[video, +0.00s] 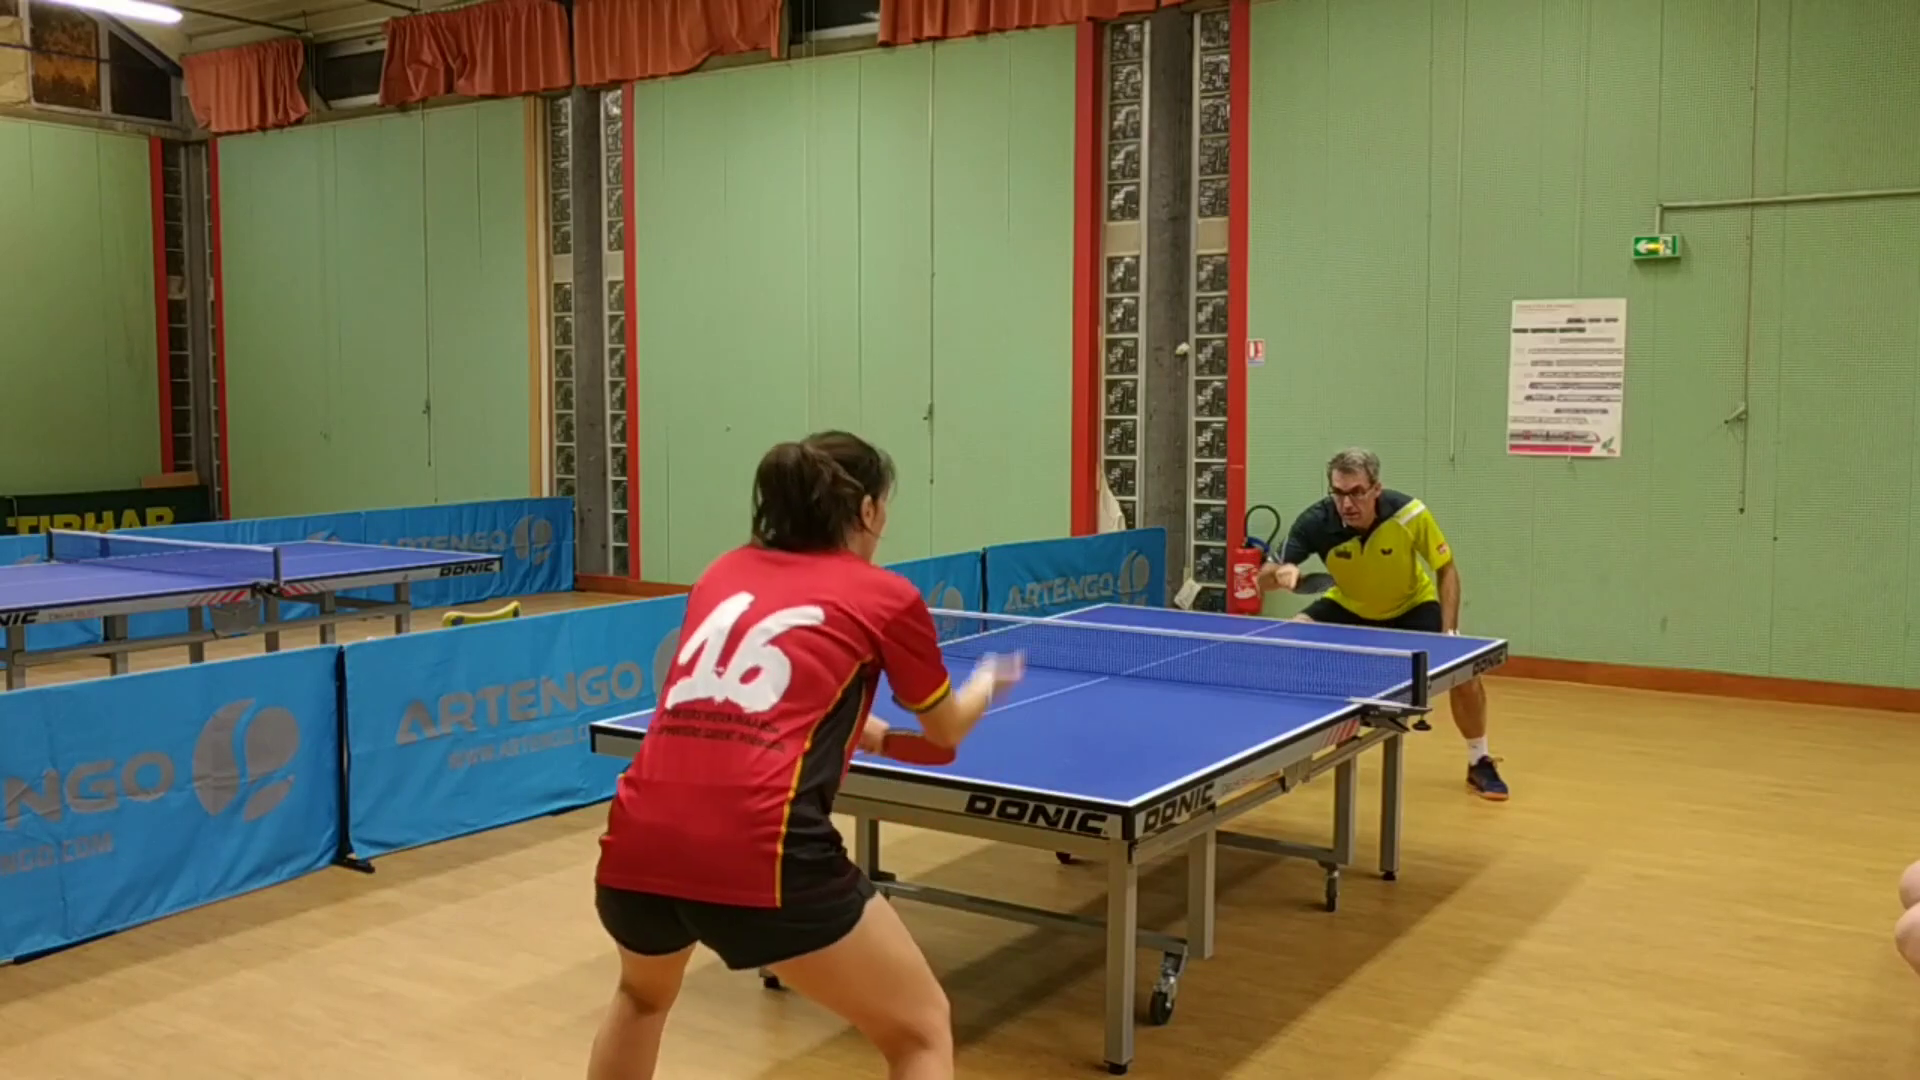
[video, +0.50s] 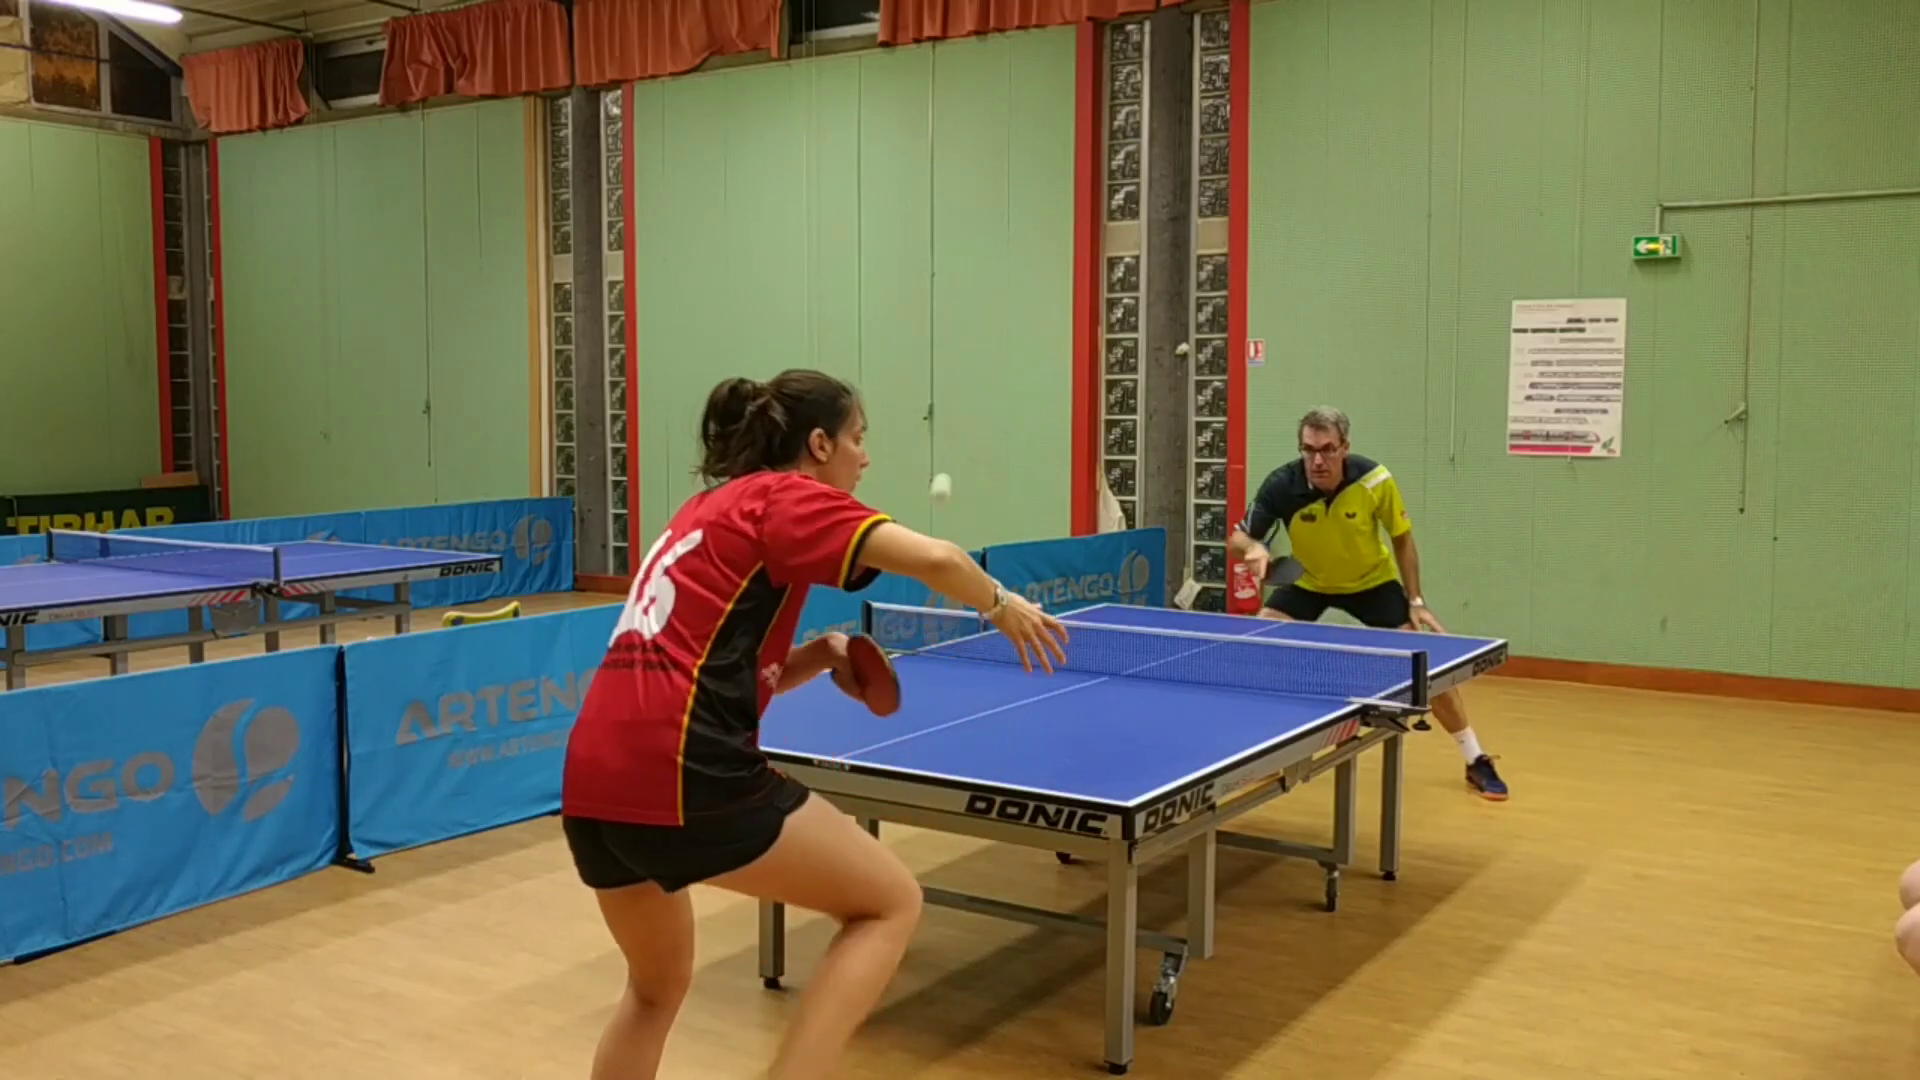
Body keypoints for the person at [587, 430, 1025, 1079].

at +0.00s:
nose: (886, 516)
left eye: (886, 500)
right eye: (885, 501)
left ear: (787, 502)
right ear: (866, 510)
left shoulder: (725, 569)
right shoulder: (886, 595)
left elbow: (742, 700)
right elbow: (947, 728)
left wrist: (869, 732)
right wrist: (986, 682)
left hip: (637, 854)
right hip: (763, 865)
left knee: (638, 999)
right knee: (920, 1035)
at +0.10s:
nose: (877, 491)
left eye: (876, 477)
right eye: (874, 477)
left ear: (778, 482)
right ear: (850, 485)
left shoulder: (720, 551)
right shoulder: (859, 561)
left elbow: (750, 673)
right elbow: (962, 671)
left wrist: (869, 708)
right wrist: (994, 597)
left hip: (630, 838)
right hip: (746, 847)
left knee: (651, 996)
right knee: (902, 1032)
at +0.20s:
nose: (863, 467)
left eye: (861, 452)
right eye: (859, 451)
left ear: (772, 456)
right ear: (829, 457)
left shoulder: (710, 533)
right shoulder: (824, 525)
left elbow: (763, 686)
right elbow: (963, 620)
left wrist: (891, 700)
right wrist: (1008, 586)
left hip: (620, 811)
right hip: (726, 815)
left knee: (661, 990)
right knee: (874, 1027)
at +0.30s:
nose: (853, 445)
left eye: (850, 429)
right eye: (844, 429)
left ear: (775, 441)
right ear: (809, 438)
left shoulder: (700, 513)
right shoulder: (791, 501)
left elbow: (757, 668)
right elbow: (945, 579)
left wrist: (887, 684)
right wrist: (1008, 596)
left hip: (604, 782)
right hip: (703, 782)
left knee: (656, 989)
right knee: (857, 1001)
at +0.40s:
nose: (854, 443)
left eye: (851, 426)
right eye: (845, 426)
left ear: (786, 434)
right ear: (806, 434)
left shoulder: (698, 505)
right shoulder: (777, 493)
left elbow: (730, 673)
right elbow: (937, 556)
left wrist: (853, 663)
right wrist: (1002, 595)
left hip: (592, 776)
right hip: (686, 775)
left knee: (652, 987)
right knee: (876, 942)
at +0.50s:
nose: (865, 458)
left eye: (864, 442)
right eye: (858, 440)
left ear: (789, 442)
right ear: (816, 444)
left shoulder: (704, 510)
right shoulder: (786, 501)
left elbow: (720, 683)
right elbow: (935, 558)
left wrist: (819, 653)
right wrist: (1000, 602)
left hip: (593, 783)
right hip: (691, 780)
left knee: (653, 987)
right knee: (890, 902)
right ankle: (797, 1070)